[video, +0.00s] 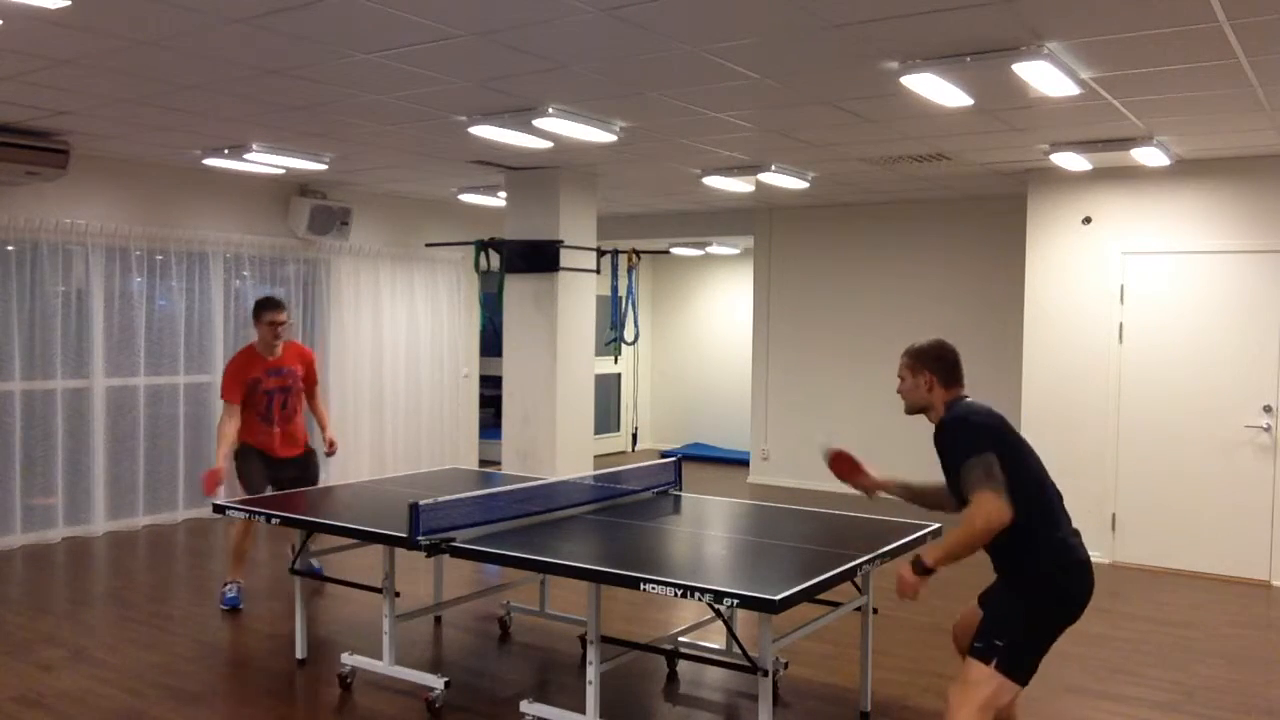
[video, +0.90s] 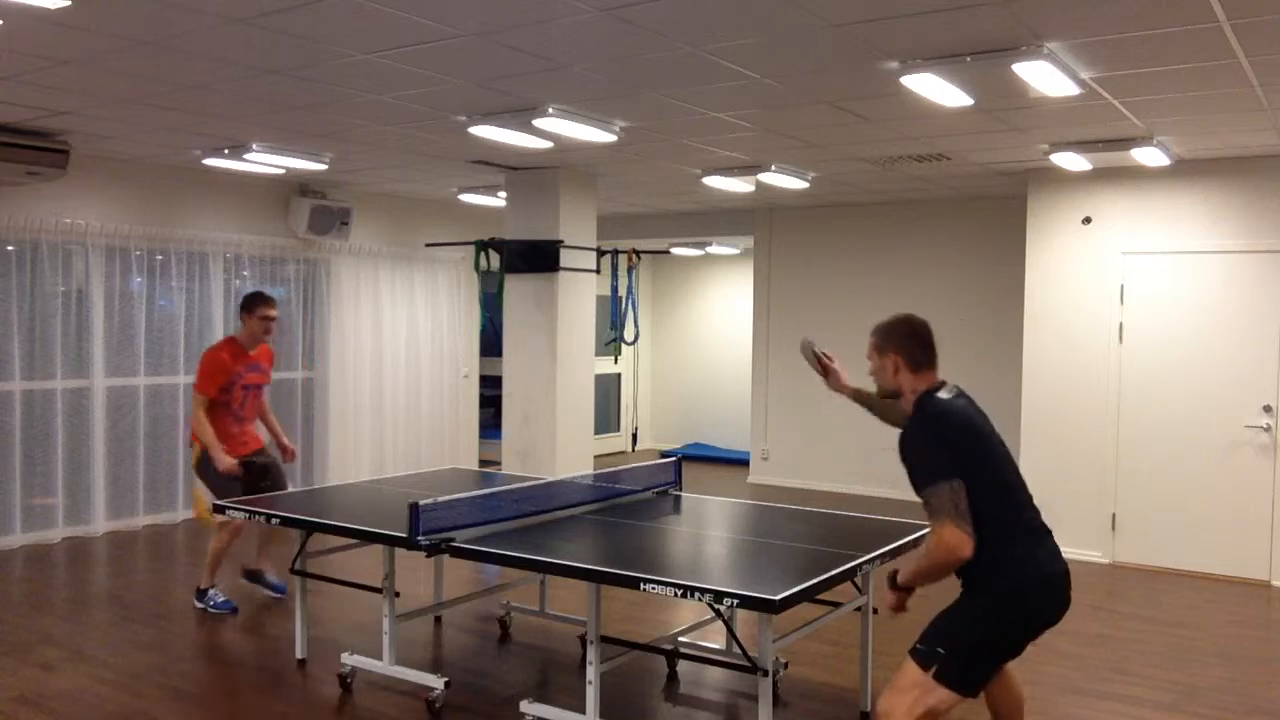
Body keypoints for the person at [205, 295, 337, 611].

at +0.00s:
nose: (279, 331)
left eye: (283, 324)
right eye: (272, 325)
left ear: (288, 323)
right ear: (256, 325)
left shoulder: (302, 357)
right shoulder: (239, 365)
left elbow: (312, 394)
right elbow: (230, 417)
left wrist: (326, 430)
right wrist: (221, 463)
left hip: (294, 447)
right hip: (253, 448)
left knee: (303, 505)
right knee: (255, 504)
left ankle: (300, 554)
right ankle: (234, 581)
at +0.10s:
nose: (282, 343)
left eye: (287, 337)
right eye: (275, 337)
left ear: (292, 337)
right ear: (260, 337)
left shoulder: (305, 364)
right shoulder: (244, 377)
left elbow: (318, 397)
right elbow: (235, 423)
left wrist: (335, 430)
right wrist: (217, 455)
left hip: (304, 452)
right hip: (262, 456)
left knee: (328, 512)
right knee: (260, 516)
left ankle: (314, 573)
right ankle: (234, 582)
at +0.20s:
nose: (292, 354)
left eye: (297, 348)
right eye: (286, 348)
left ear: (302, 347)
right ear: (268, 347)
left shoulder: (310, 372)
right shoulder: (260, 382)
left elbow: (322, 403)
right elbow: (256, 417)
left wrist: (346, 431)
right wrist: (246, 426)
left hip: (312, 461)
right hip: (271, 467)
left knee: (340, 529)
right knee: (265, 537)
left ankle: (341, 595)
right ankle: (237, 582)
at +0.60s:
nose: (306, 335)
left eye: (308, 329)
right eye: (300, 329)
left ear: (308, 333)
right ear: (279, 332)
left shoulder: (304, 369)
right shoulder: (259, 371)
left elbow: (299, 422)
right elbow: (250, 428)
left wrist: (317, 455)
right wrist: (278, 459)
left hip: (299, 469)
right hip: (261, 472)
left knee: (331, 534)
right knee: (264, 549)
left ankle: (343, 603)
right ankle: (211, 580)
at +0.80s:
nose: (282, 322)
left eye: (284, 316)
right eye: (276, 316)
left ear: (281, 320)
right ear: (255, 317)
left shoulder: (275, 354)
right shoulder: (229, 358)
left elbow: (267, 406)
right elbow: (216, 416)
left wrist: (286, 441)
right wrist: (242, 457)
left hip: (264, 448)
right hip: (226, 451)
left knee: (300, 511)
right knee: (242, 527)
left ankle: (301, 582)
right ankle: (208, 588)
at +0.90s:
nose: (270, 326)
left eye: (273, 320)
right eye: (264, 319)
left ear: (273, 321)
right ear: (245, 318)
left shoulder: (265, 354)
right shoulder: (218, 356)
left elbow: (259, 400)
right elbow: (198, 412)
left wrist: (280, 438)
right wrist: (219, 454)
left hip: (252, 448)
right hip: (216, 451)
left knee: (277, 505)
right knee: (235, 518)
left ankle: (256, 568)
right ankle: (205, 588)